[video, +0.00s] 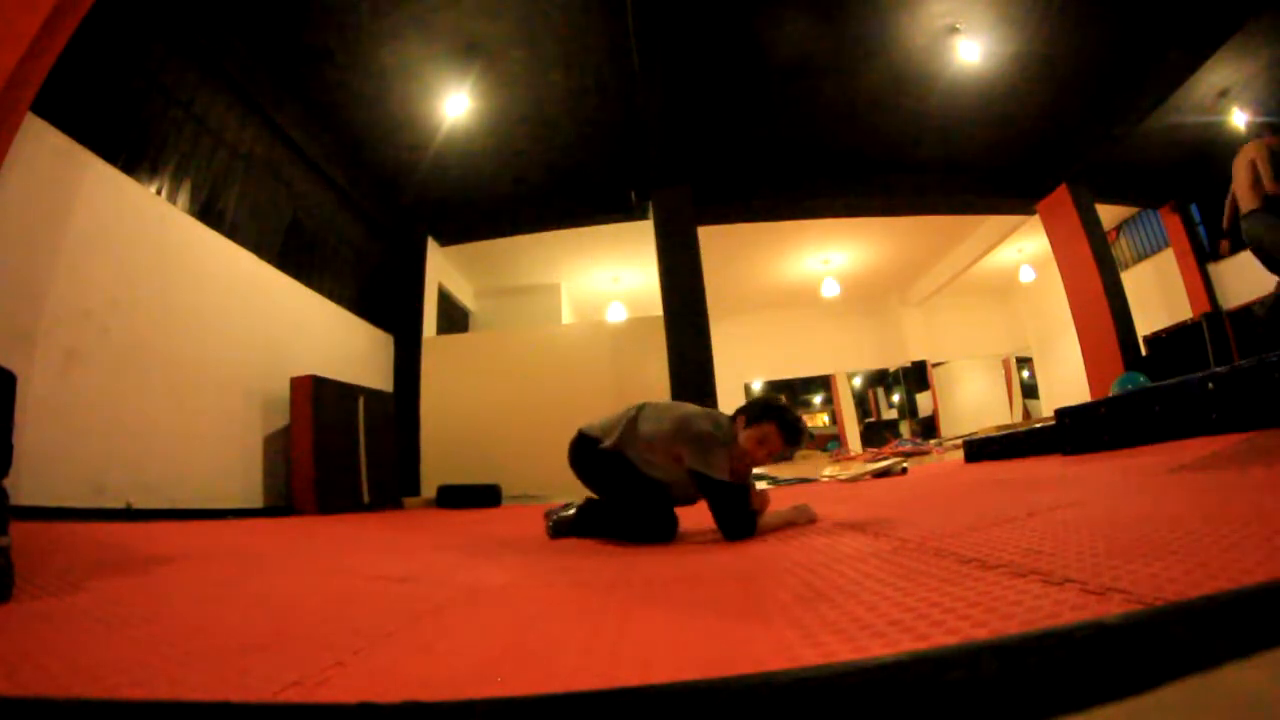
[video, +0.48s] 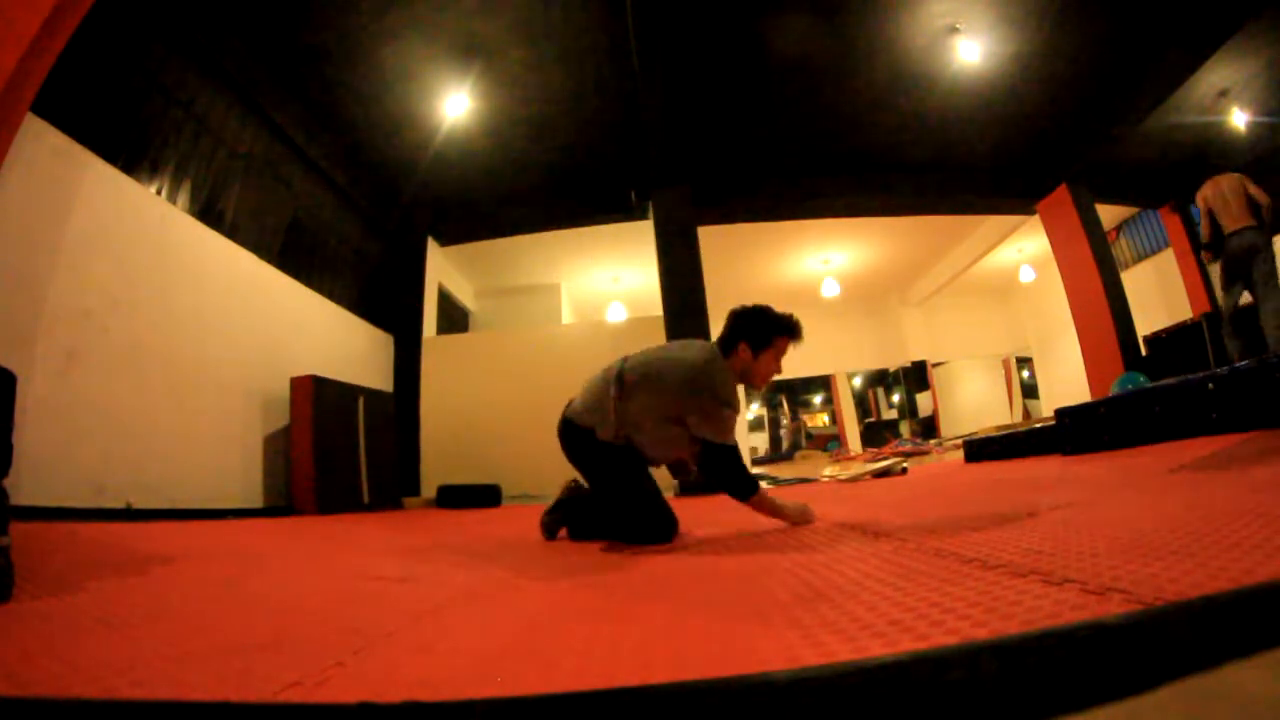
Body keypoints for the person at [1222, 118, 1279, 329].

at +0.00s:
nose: (1277, 142)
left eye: (1276, 138)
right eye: (1275, 138)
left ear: (1257, 134)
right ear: (1269, 135)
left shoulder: (1240, 156)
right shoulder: (1258, 147)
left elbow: (1232, 197)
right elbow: (1270, 186)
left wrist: (1226, 232)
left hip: (1246, 220)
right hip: (1261, 217)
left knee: (1275, 268)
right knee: (1278, 266)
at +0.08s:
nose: (1269, 148)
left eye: (1269, 145)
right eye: (1268, 144)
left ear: (1250, 138)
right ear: (1263, 140)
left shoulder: (1231, 165)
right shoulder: (1254, 150)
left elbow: (1225, 207)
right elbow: (1268, 188)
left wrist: (1226, 242)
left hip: (1243, 225)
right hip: (1261, 217)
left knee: (1273, 273)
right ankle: (1269, 309)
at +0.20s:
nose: (1252, 160)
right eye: (1252, 158)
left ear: (1233, 162)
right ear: (1249, 158)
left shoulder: (1223, 185)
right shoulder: (1254, 169)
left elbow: (1221, 227)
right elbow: (1272, 196)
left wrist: (1232, 257)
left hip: (1243, 239)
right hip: (1264, 229)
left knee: (1256, 284)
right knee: (1274, 286)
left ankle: (1260, 332)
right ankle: (1277, 333)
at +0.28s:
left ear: (1224, 170)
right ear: (1242, 165)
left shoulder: (1218, 195)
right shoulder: (1254, 180)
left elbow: (1218, 231)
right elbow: (1274, 199)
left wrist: (1229, 258)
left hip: (1241, 246)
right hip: (1263, 238)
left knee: (1248, 297)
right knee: (1272, 297)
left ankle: (1248, 345)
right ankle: (1275, 345)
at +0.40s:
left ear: (1207, 175)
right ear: (1226, 168)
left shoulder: (1208, 197)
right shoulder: (1244, 180)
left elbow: (1212, 234)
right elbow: (1270, 201)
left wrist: (1217, 265)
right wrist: (1273, 228)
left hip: (1237, 243)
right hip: (1259, 234)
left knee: (1238, 299)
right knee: (1268, 296)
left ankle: (1241, 354)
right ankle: (1274, 348)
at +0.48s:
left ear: (1201, 173)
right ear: (1220, 166)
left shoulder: (1202, 194)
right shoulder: (1238, 178)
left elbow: (1205, 226)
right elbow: (1264, 200)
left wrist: (1205, 246)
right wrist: (1266, 226)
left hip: (1231, 238)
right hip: (1254, 231)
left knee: (1230, 300)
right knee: (1267, 292)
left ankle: (1236, 354)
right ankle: (1275, 347)